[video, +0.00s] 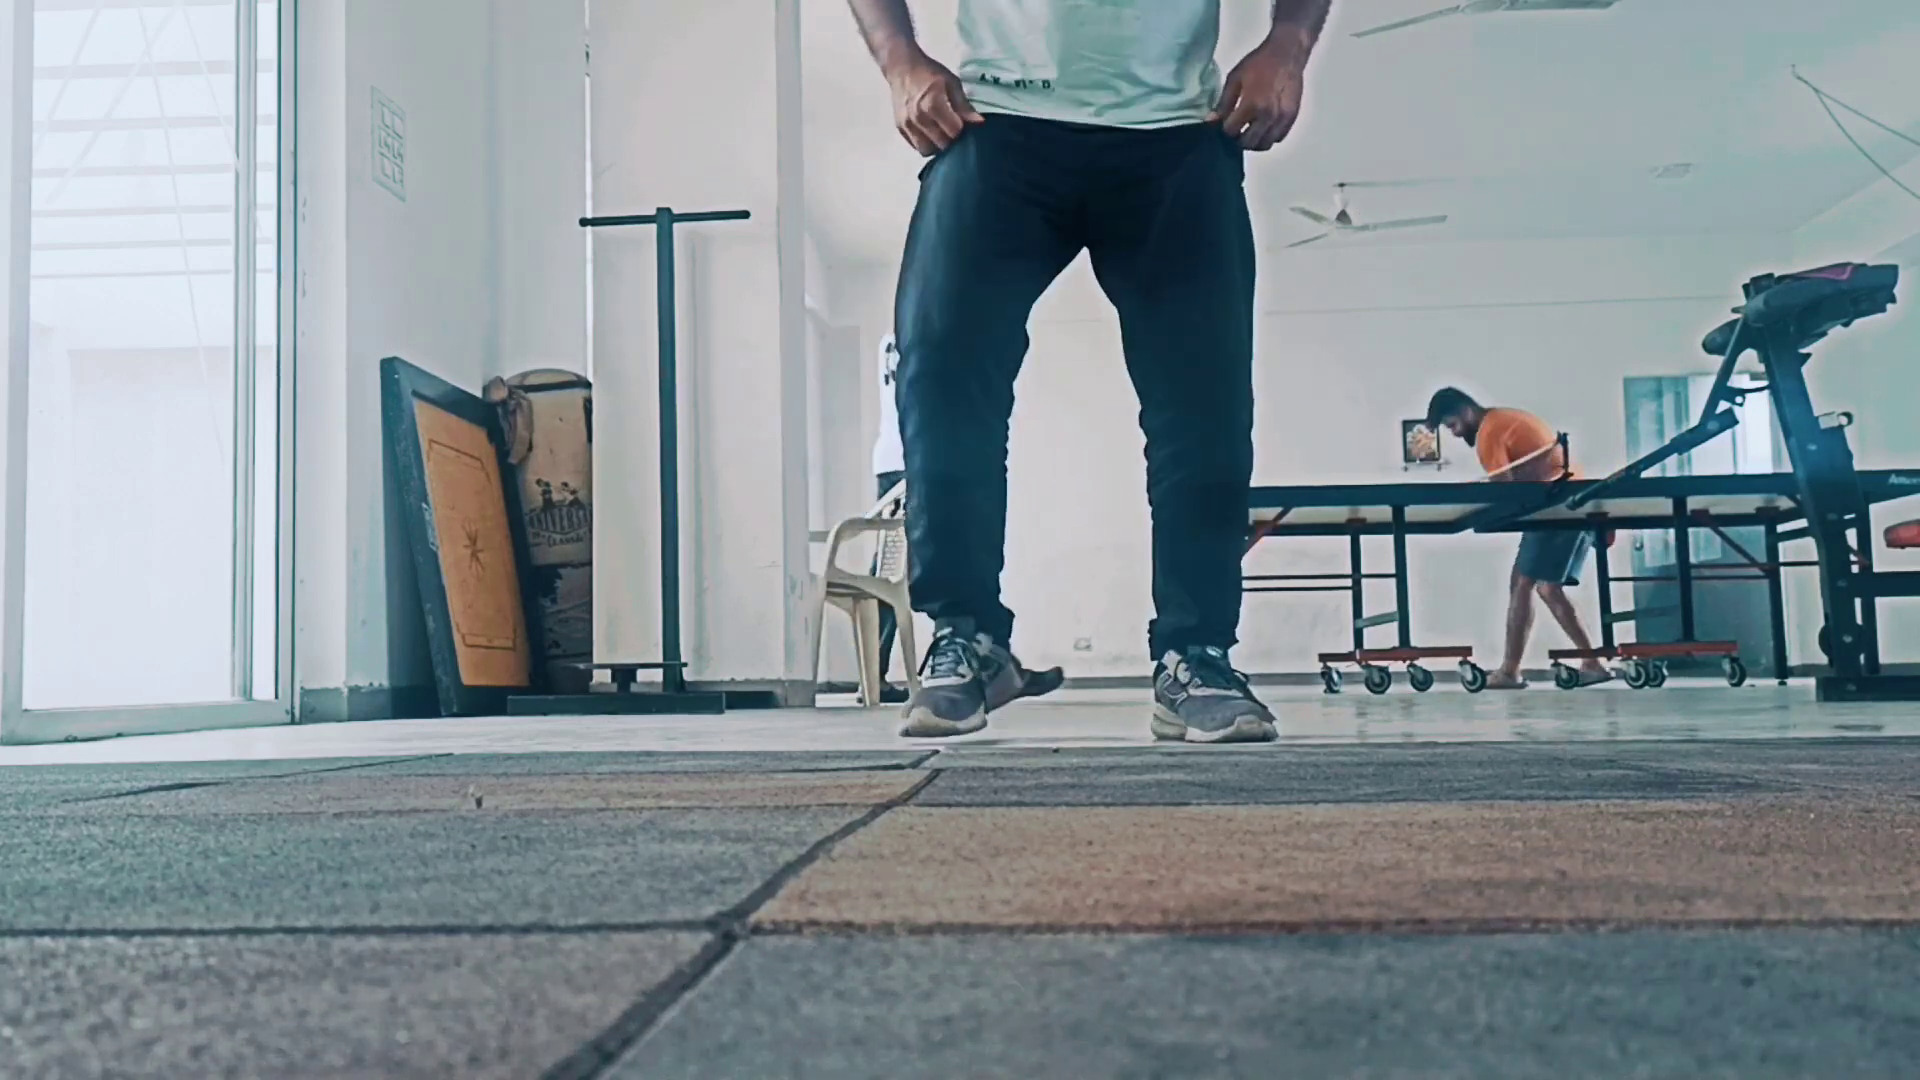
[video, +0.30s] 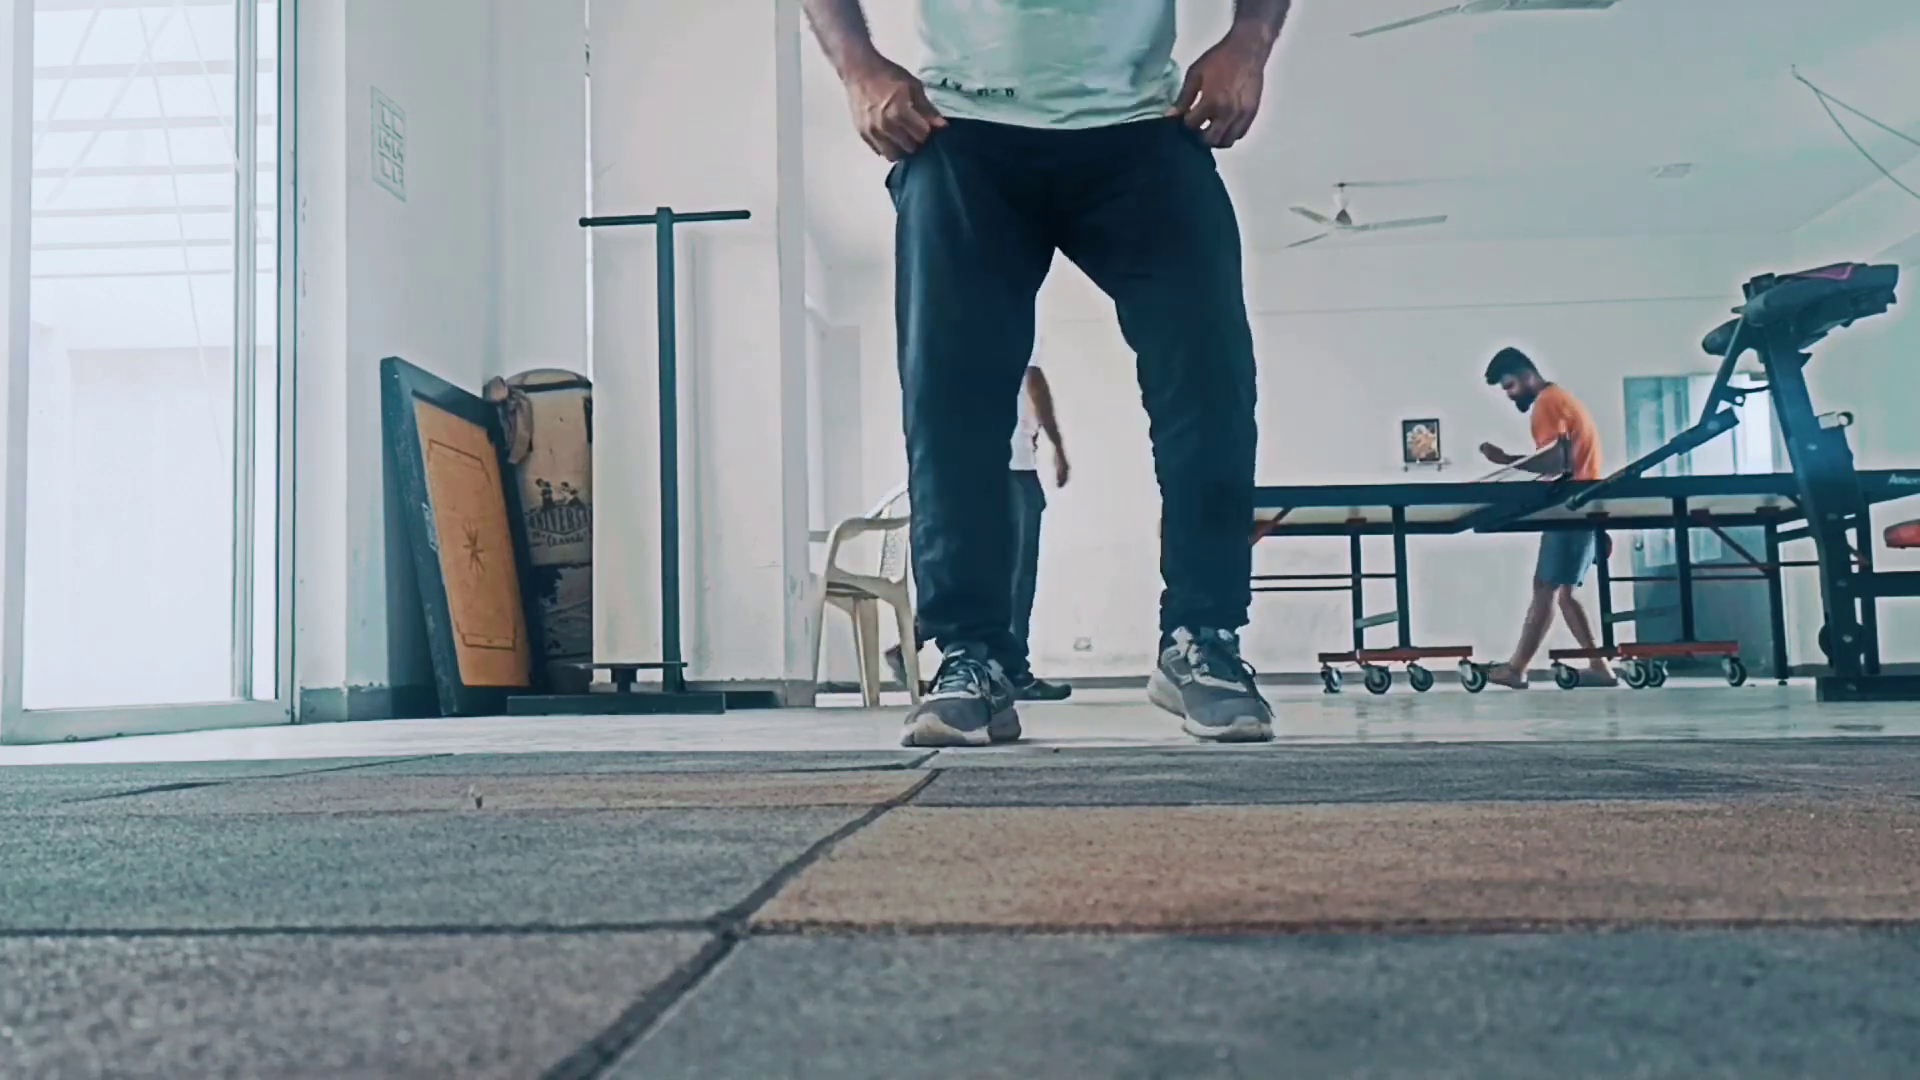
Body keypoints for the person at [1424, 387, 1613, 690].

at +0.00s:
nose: (1453, 432)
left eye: (1452, 424)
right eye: (1448, 428)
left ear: (1465, 410)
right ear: (1467, 409)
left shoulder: (1488, 434)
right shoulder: (1504, 418)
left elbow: (1506, 490)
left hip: (1556, 511)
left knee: (1525, 584)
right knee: (1544, 588)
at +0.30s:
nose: (1508, 394)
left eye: (1508, 384)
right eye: (1503, 387)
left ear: (1527, 374)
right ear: (1531, 377)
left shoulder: (1547, 402)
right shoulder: (1564, 400)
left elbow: (1557, 460)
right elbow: (1590, 470)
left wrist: (1506, 460)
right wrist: (1601, 527)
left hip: (1566, 513)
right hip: (1584, 511)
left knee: (1544, 587)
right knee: (1564, 593)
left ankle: (1515, 669)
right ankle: (1599, 667)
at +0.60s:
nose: (1550, 376)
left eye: (1553, 367)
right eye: (1545, 370)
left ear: (1572, 358)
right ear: (1550, 367)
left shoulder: (1596, 389)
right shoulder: (1576, 398)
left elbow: (1605, 448)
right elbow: (1588, 449)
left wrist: (1553, 438)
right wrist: (1569, 477)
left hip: (1604, 497)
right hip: (1588, 498)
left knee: (1591, 579)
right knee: (1584, 578)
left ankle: (1606, 662)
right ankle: (1601, 661)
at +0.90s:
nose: (1603, 370)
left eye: (1608, 361)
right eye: (1596, 365)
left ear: (1625, 355)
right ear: (1593, 366)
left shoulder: (1651, 388)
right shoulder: (1615, 398)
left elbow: (1655, 442)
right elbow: (1624, 453)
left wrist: (1604, 426)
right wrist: (1613, 489)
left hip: (1657, 496)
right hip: (1625, 497)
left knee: (1670, 581)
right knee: (1612, 581)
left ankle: (1711, 661)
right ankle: (1602, 665)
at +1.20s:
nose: (1666, 363)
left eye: (1673, 353)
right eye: (1658, 356)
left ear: (1687, 347)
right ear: (1650, 357)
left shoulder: (1712, 382)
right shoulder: (1663, 391)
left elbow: (1717, 435)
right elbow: (1666, 448)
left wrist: (1673, 410)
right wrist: (1661, 502)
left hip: (1709, 487)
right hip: (1672, 490)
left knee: (1709, 574)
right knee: (1672, 578)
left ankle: (1716, 659)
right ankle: (1686, 657)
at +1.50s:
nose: (1713, 360)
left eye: (1718, 350)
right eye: (1708, 352)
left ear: (1738, 346)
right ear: (1707, 354)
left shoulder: (1767, 382)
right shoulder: (1711, 390)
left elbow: (1791, 443)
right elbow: (1704, 452)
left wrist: (1743, 416)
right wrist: (1687, 499)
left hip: (1760, 490)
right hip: (1724, 493)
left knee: (1741, 574)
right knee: (1761, 583)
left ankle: (1720, 663)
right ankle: (1814, 655)